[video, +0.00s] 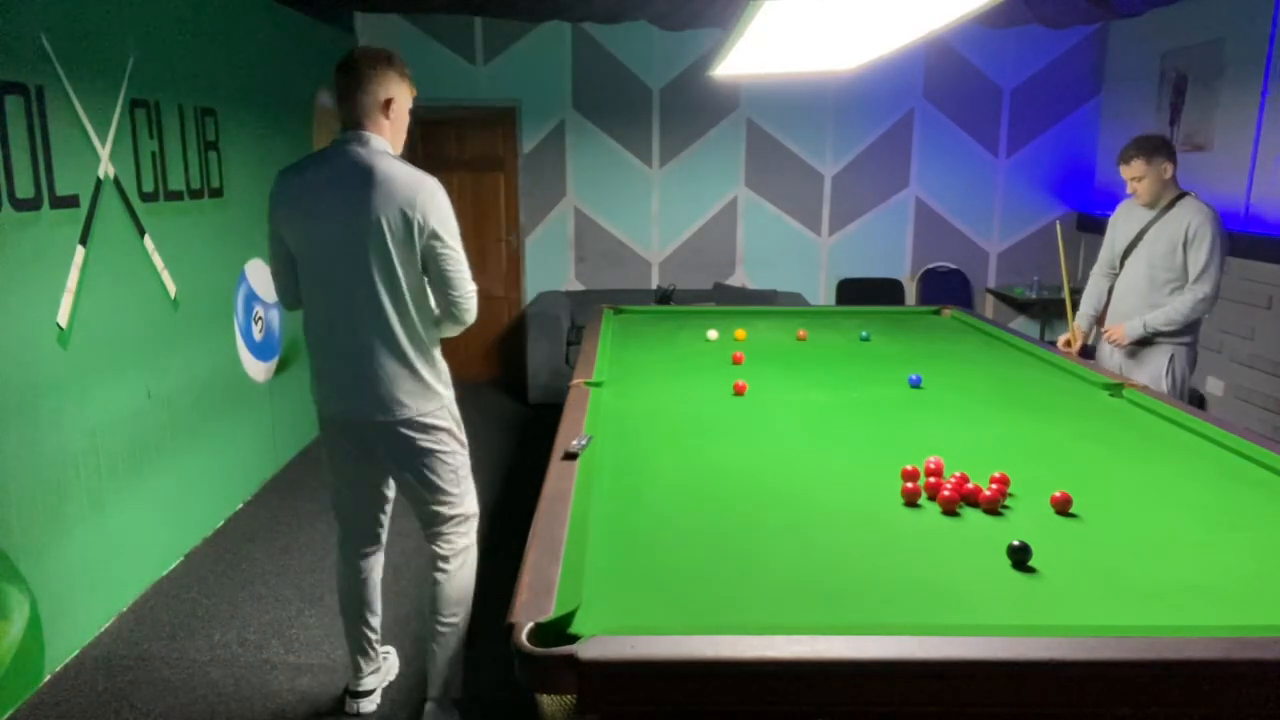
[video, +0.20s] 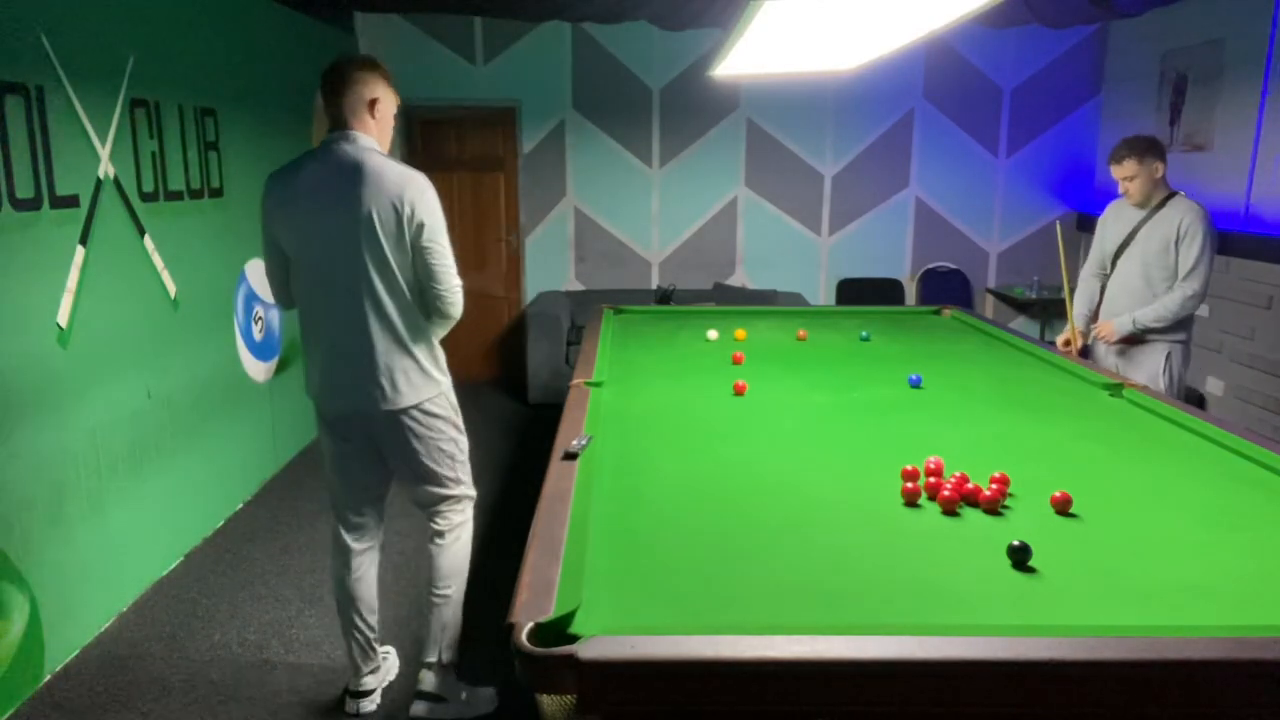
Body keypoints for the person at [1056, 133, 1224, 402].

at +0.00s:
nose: (1130, 189)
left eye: (1137, 180)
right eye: (1127, 181)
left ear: (1167, 170)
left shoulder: (1198, 219)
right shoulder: (1124, 212)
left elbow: (1201, 294)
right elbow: (1103, 272)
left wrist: (1135, 328)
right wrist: (1081, 325)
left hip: (1160, 358)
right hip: (1110, 348)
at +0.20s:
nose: (1122, 189)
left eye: (1129, 179)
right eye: (1118, 181)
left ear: (1158, 170)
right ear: (1114, 177)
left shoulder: (1189, 217)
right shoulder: (1114, 212)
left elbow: (1191, 292)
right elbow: (1093, 272)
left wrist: (1125, 325)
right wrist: (1078, 325)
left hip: (1155, 355)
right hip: (1105, 348)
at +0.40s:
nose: (1116, 193)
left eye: (1125, 183)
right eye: (1110, 184)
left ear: (1151, 172)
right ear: (1105, 180)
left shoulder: (1183, 217)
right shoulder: (1098, 214)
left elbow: (1196, 288)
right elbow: (1080, 274)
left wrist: (1140, 329)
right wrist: (1073, 325)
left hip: (1155, 355)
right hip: (1100, 349)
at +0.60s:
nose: (1122, 194)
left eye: (1132, 184)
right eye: (1115, 184)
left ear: (1157, 175)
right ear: (1109, 178)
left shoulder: (1188, 220)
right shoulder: (1096, 216)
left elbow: (1205, 289)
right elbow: (1078, 274)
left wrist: (1163, 335)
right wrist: (1071, 324)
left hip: (1158, 358)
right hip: (1101, 351)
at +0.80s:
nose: (1140, 194)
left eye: (1151, 185)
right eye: (1133, 183)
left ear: (1176, 177)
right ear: (1128, 177)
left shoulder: (1204, 224)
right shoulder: (1111, 215)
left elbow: (1217, 294)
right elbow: (1087, 274)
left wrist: (1176, 339)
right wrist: (1078, 325)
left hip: (1167, 363)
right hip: (1110, 354)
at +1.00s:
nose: (1177, 194)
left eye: (1190, 185)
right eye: (1170, 183)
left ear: (1214, 179)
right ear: (1164, 176)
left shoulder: (1238, 228)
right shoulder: (1143, 215)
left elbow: (1251, 297)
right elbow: (1112, 275)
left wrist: (1198, 329)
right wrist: (1100, 329)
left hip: (1194, 366)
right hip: (1136, 357)